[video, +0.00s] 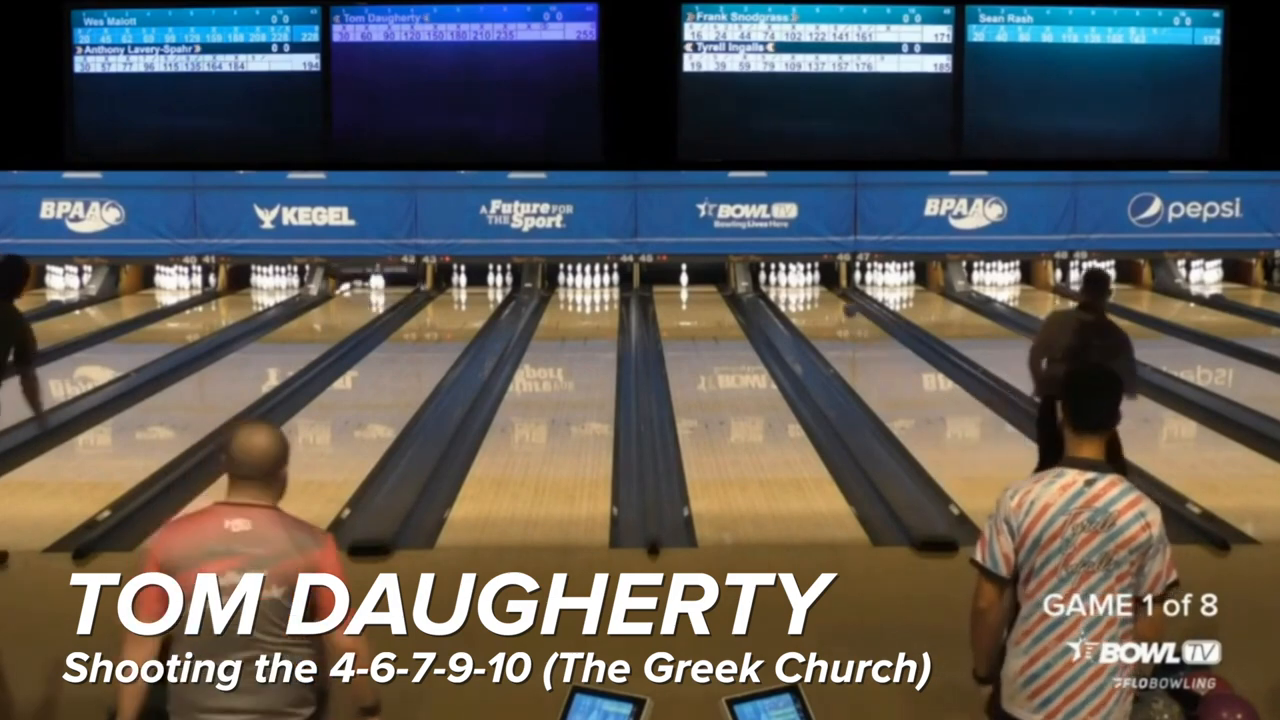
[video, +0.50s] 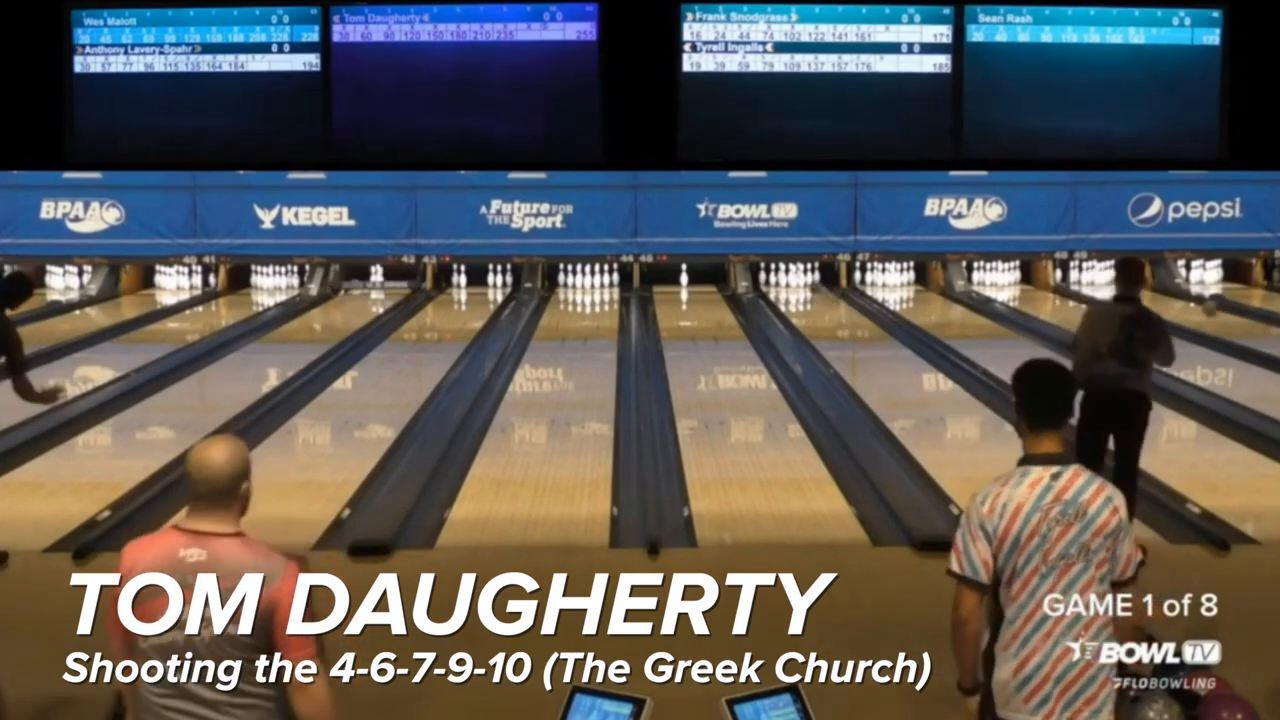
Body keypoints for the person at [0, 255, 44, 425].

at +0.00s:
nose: (23, 287)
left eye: (23, 281)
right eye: (22, 281)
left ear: (3, 278)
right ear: (19, 284)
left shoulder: (17, 324)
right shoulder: (16, 324)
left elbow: (27, 375)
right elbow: (27, 376)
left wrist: (40, 415)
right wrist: (41, 416)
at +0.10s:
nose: (28, 289)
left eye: (29, 284)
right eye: (27, 284)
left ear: (5, 278)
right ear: (18, 284)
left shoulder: (13, 319)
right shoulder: (13, 320)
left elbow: (35, 371)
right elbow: (35, 371)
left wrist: (56, 410)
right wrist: (57, 411)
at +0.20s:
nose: (29, 293)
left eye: (31, 288)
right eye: (29, 288)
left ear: (7, 279)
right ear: (22, 289)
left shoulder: (15, 323)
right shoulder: (14, 323)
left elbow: (39, 374)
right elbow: (39, 374)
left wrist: (65, 410)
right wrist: (66, 410)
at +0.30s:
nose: (33, 296)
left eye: (35, 292)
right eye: (32, 291)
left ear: (11, 281)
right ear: (22, 290)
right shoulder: (12, 323)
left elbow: (34, 376)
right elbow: (35, 377)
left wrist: (64, 405)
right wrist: (65, 405)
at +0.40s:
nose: (30, 300)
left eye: (33, 296)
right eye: (30, 295)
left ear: (10, 283)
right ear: (21, 293)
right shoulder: (9, 327)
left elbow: (27, 379)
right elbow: (27, 379)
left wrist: (56, 402)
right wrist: (58, 402)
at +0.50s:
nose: (23, 301)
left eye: (25, 297)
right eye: (23, 296)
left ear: (6, 285)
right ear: (16, 296)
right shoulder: (6, 329)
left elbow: (19, 382)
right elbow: (19, 382)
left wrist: (38, 397)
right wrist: (40, 397)